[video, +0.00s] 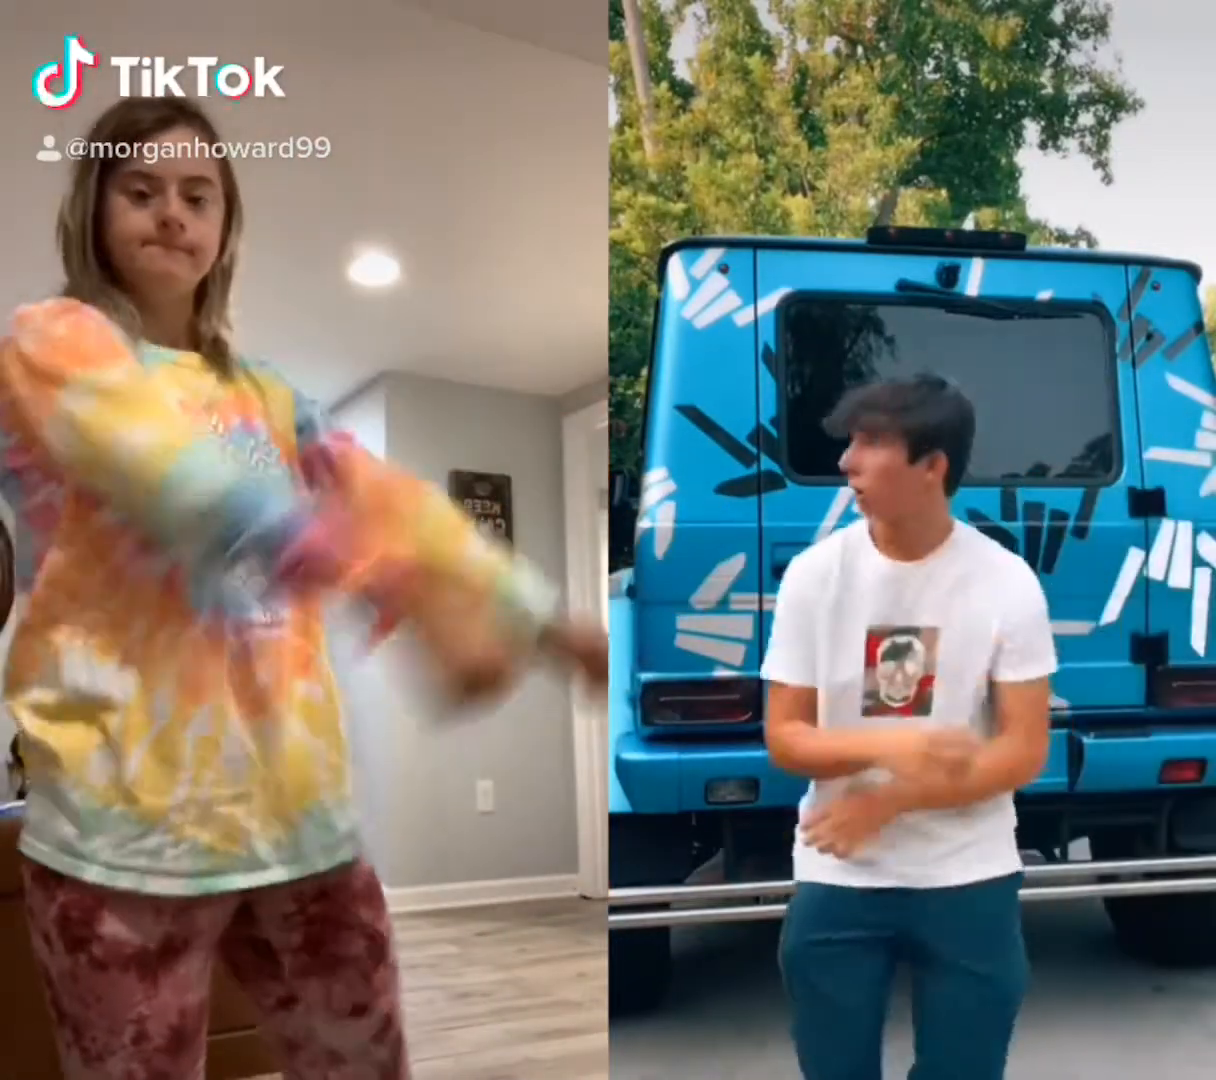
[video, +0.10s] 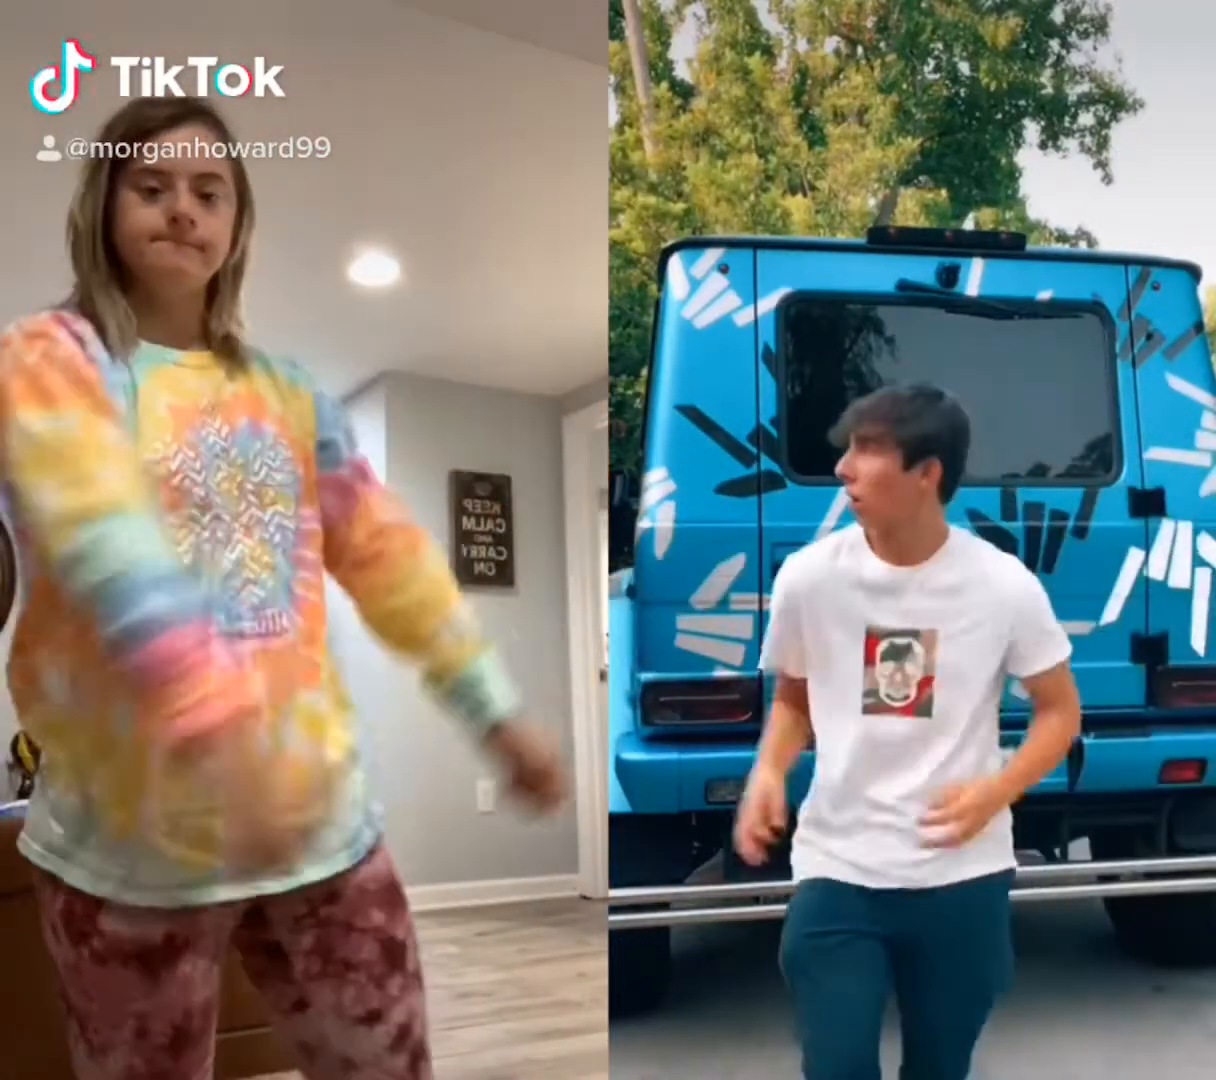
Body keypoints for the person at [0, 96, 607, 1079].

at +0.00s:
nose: (170, 216)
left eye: (197, 196)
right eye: (141, 191)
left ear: (226, 228)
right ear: (94, 214)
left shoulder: (264, 397)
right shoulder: (51, 340)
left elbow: (398, 511)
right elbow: (194, 488)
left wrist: (537, 619)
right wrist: (405, 595)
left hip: (293, 820)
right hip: (116, 832)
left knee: (360, 1065)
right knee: (137, 1070)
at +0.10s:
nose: (183, 212)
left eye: (209, 191)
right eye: (153, 187)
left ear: (239, 224)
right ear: (102, 208)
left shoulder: (285, 391)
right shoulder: (48, 360)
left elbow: (386, 555)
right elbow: (106, 553)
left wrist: (498, 718)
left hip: (313, 813)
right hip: (129, 835)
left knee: (386, 1062)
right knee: (146, 1072)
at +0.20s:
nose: (203, 208)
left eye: (230, 188)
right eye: (174, 183)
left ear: (263, 221)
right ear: (127, 208)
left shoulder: (324, 388)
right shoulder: (63, 381)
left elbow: (385, 595)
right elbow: (29, 609)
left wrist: (446, 770)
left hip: (330, 823)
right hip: (139, 842)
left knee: (400, 1068)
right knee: (157, 1072)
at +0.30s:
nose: (233, 208)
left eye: (261, 190)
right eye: (204, 186)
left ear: (294, 223)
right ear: (158, 214)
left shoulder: (362, 382)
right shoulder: (90, 389)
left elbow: (396, 585)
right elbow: (10, 572)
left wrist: (361, 756)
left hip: (345, 828)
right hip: (163, 846)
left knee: (407, 1067)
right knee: (166, 1071)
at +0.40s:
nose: (271, 222)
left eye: (299, 203)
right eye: (244, 198)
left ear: (334, 237)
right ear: (199, 223)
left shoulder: (398, 378)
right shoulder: (132, 402)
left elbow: (409, 578)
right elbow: (16, 535)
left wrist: (273, 716)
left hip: (390, 840)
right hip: (199, 851)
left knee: (428, 1069)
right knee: (198, 1069)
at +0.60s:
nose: (344, 249)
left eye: (372, 231)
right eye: (317, 228)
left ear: (403, 263)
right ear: (276, 254)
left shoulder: (473, 388)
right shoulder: (224, 441)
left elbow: (473, 564)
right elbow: (110, 621)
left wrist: (275, 612)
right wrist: (18, 714)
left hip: (473, 847)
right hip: (294, 863)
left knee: (489, 1072)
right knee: (268, 1069)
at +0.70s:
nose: (365, 243)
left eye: (392, 225)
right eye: (340, 220)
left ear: (424, 256)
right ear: (297, 244)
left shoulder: (492, 375)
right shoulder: (250, 434)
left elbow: (523, 560)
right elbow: (187, 631)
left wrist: (368, 662)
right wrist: (114, 773)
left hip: (486, 830)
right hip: (309, 843)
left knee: (487, 1069)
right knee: (300, 1069)